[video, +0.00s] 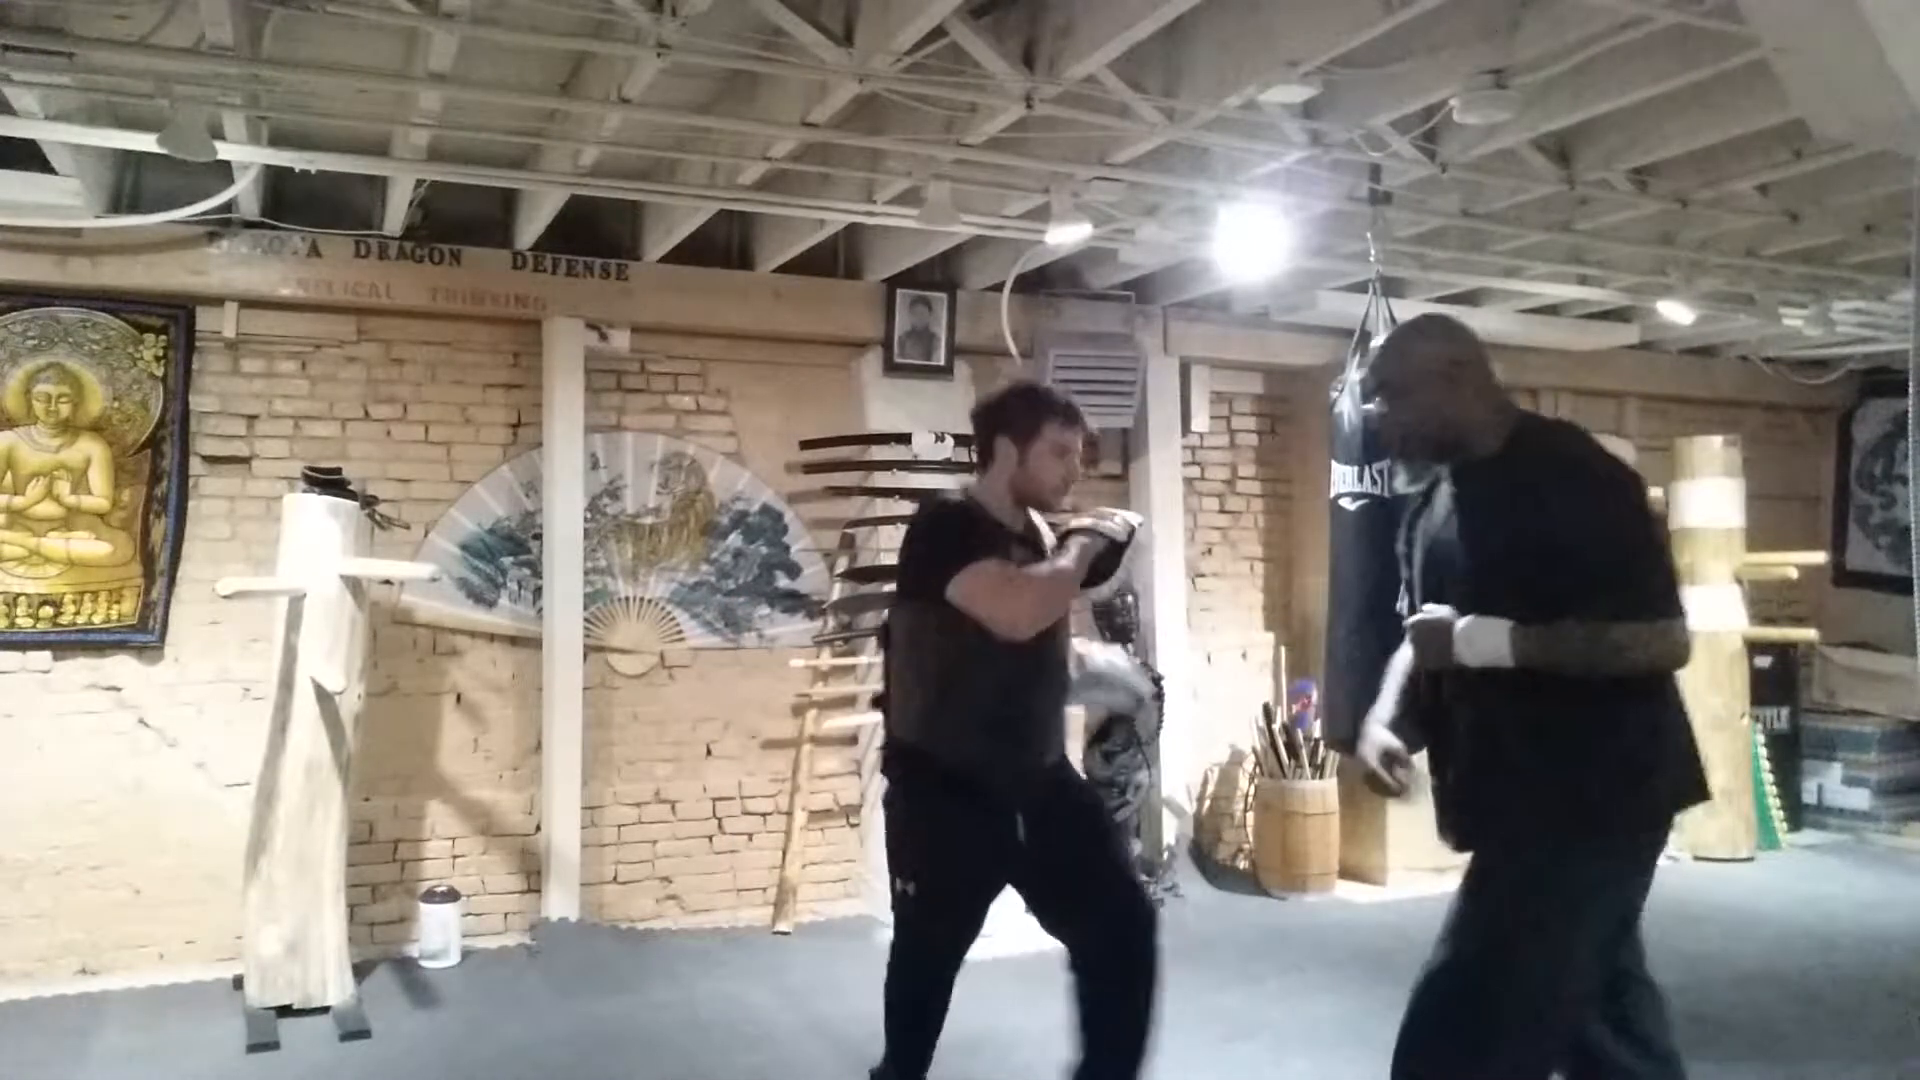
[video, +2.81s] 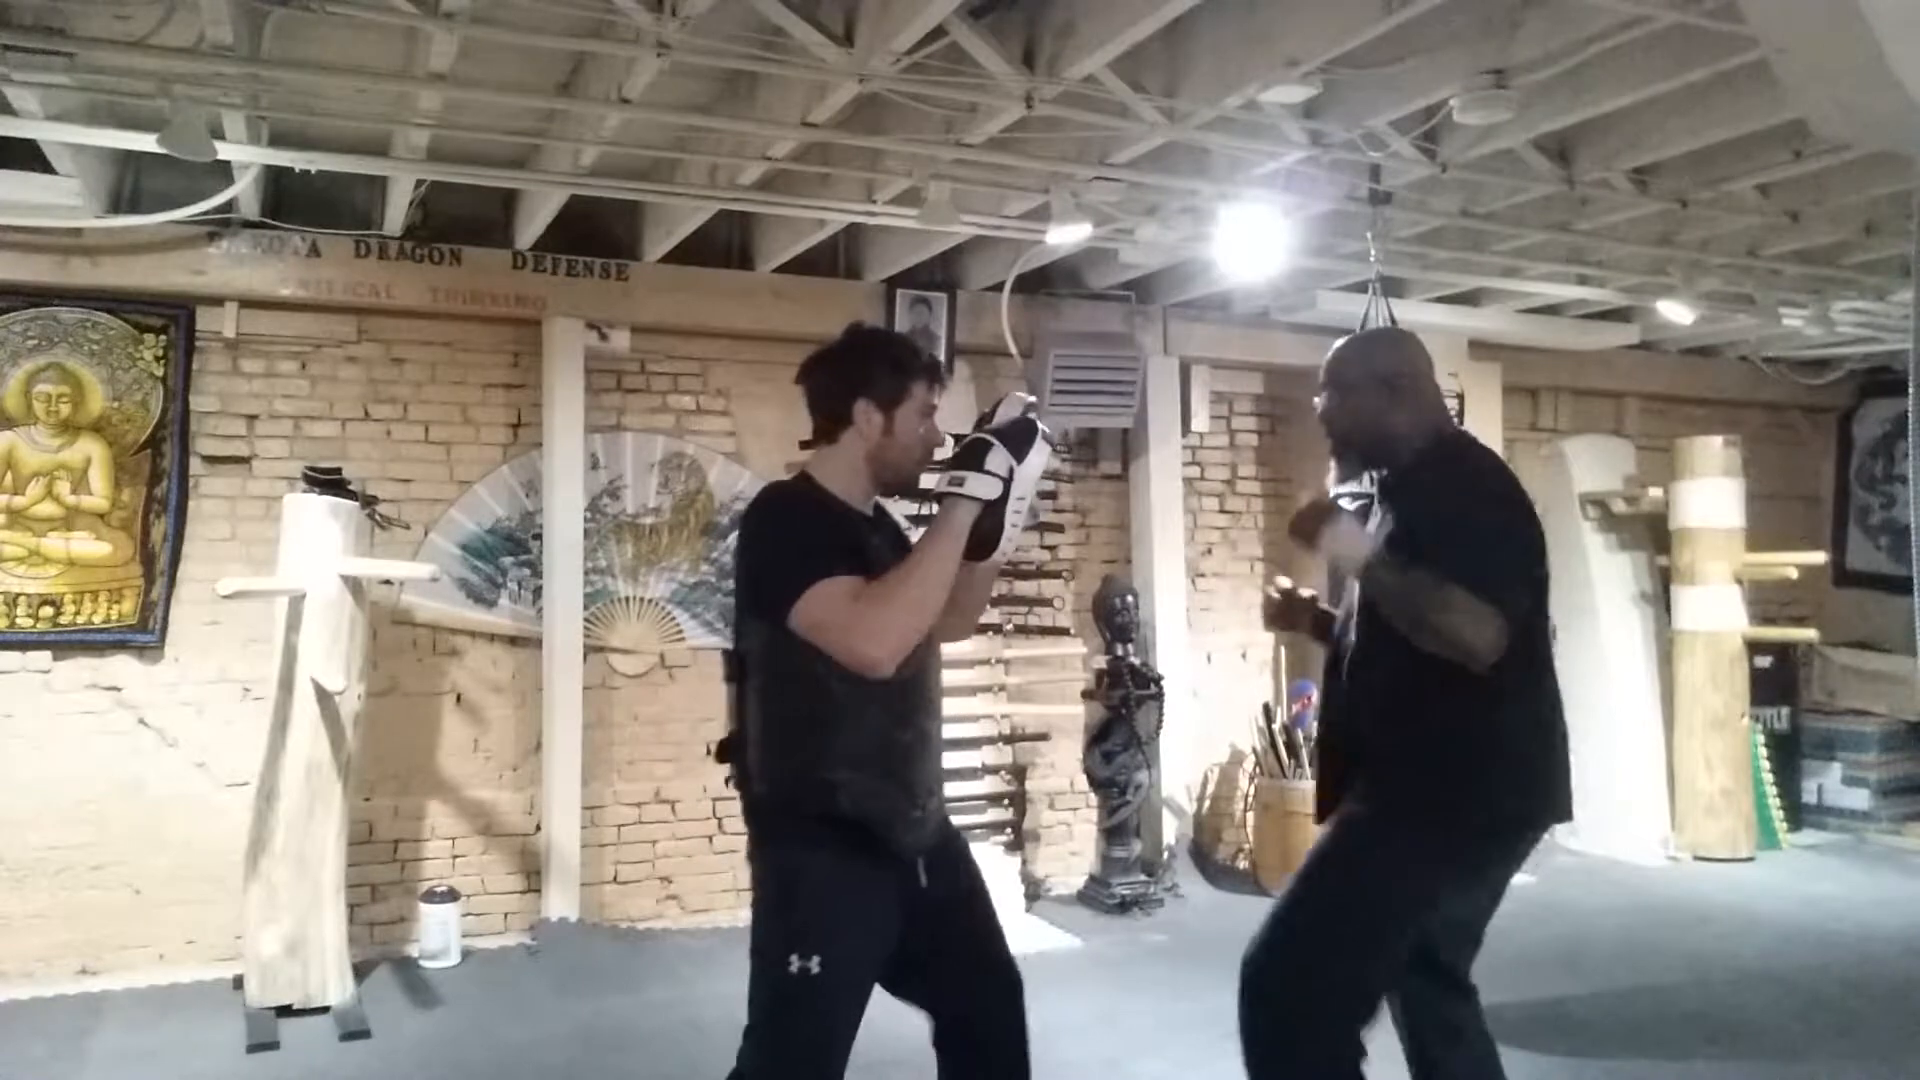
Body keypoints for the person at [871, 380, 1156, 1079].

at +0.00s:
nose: (1075, 471)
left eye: (1078, 457)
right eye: (1063, 452)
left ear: (1016, 454)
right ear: (1007, 448)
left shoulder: (1042, 538)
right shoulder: (941, 526)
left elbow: (1047, 645)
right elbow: (1012, 612)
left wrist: (1115, 674)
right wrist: (1082, 558)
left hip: (1037, 784)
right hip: (943, 789)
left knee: (1120, 926)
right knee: (928, 949)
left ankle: (1105, 1074)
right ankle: (901, 1070)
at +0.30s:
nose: (1068, 449)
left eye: (1070, 431)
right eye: (1057, 429)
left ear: (1010, 433)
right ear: (1001, 428)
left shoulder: (998, 526)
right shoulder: (938, 508)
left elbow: (1017, 625)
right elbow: (973, 651)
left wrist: (1092, 594)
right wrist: (1070, 600)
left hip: (989, 800)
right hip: (910, 799)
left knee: (1032, 985)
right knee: (878, 1000)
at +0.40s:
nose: (1047, 442)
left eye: (1046, 424)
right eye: (1037, 423)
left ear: (989, 422)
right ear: (982, 419)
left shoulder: (980, 521)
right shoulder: (909, 505)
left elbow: (999, 628)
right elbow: (941, 655)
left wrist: (1082, 591)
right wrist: (1039, 609)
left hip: (961, 816)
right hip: (879, 816)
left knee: (1005, 1017)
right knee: (812, 1023)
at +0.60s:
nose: (968, 463)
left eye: (969, 444)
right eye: (960, 441)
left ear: (900, 438)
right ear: (902, 435)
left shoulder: (888, 549)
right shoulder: (811, 526)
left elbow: (921, 648)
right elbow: (858, 682)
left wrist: (990, 592)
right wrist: (965, 606)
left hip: (879, 856)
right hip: (792, 859)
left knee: (944, 1026)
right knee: (736, 1063)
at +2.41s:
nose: (930, 428)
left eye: (930, 410)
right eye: (919, 407)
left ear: (864, 411)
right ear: (862, 408)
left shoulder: (876, 522)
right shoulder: (794, 512)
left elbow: (949, 594)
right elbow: (892, 632)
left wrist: (1027, 517)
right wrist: (987, 508)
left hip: (905, 832)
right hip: (823, 836)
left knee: (961, 1035)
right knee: (793, 1057)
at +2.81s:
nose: (937, 436)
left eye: (938, 418)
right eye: (925, 415)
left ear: (870, 420)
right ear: (866, 418)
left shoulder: (879, 531)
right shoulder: (782, 518)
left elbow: (955, 617)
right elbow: (874, 639)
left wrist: (994, 511)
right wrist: (965, 494)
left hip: (911, 838)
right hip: (818, 846)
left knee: (987, 1010)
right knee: (790, 1062)